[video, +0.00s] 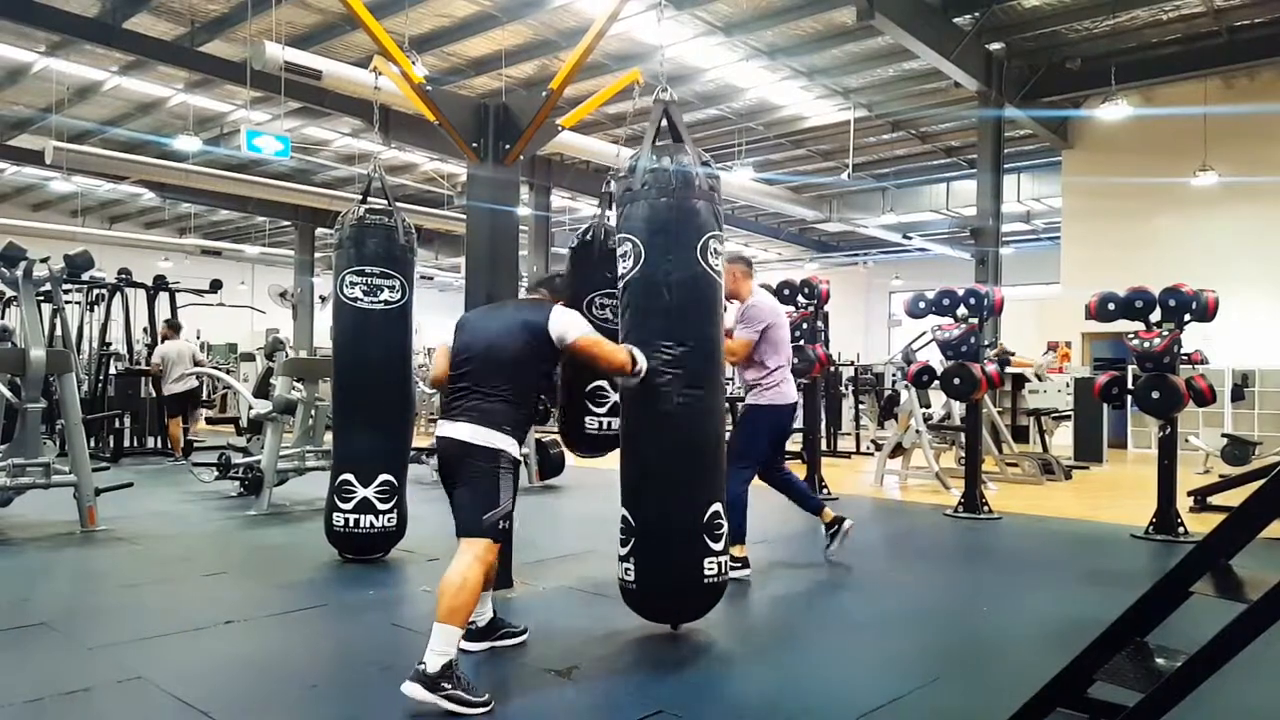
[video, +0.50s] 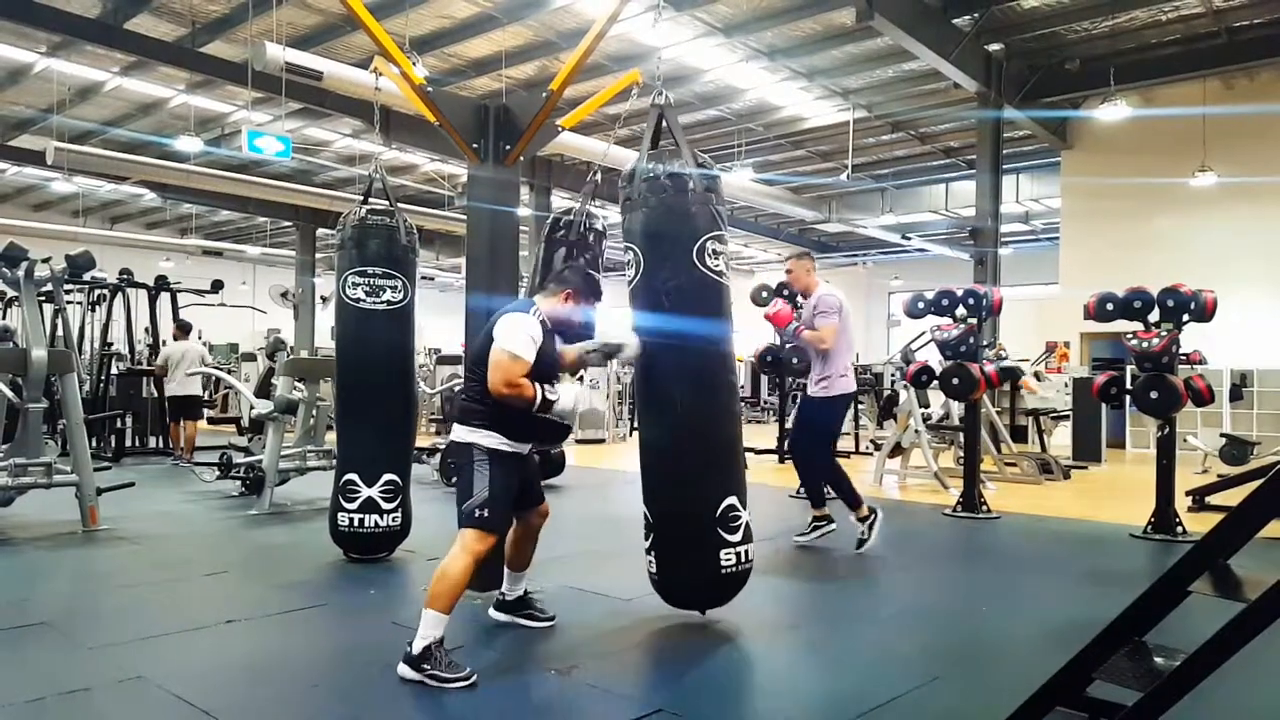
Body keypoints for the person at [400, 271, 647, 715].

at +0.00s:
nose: (568, 317)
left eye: (567, 311)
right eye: (568, 311)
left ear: (529, 293)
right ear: (559, 302)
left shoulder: (475, 317)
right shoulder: (557, 316)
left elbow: (439, 375)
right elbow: (613, 359)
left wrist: (484, 378)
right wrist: (634, 359)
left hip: (450, 438)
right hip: (490, 444)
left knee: (481, 534)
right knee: (478, 550)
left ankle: (479, 621)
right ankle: (434, 669)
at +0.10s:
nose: (578, 322)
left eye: (580, 317)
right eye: (579, 316)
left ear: (547, 293)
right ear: (570, 302)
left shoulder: (504, 310)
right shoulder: (552, 313)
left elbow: (497, 375)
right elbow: (564, 369)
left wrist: (540, 409)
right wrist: (586, 400)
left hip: (478, 429)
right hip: (489, 432)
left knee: (507, 522)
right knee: (481, 536)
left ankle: (481, 620)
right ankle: (442, 656)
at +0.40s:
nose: (575, 325)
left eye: (579, 319)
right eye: (578, 316)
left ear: (560, 296)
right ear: (565, 298)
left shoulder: (528, 322)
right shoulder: (523, 319)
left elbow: (520, 385)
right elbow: (521, 385)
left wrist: (559, 381)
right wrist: (562, 377)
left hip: (509, 448)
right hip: (478, 445)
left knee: (542, 512)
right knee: (475, 542)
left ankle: (504, 593)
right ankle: (419, 652)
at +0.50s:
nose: (581, 324)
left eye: (586, 317)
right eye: (584, 314)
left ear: (562, 297)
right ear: (567, 298)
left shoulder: (540, 328)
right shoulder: (521, 321)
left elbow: (558, 360)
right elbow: (504, 384)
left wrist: (600, 351)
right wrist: (559, 398)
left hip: (513, 447)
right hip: (483, 443)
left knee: (534, 515)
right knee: (477, 540)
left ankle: (510, 597)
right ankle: (422, 649)